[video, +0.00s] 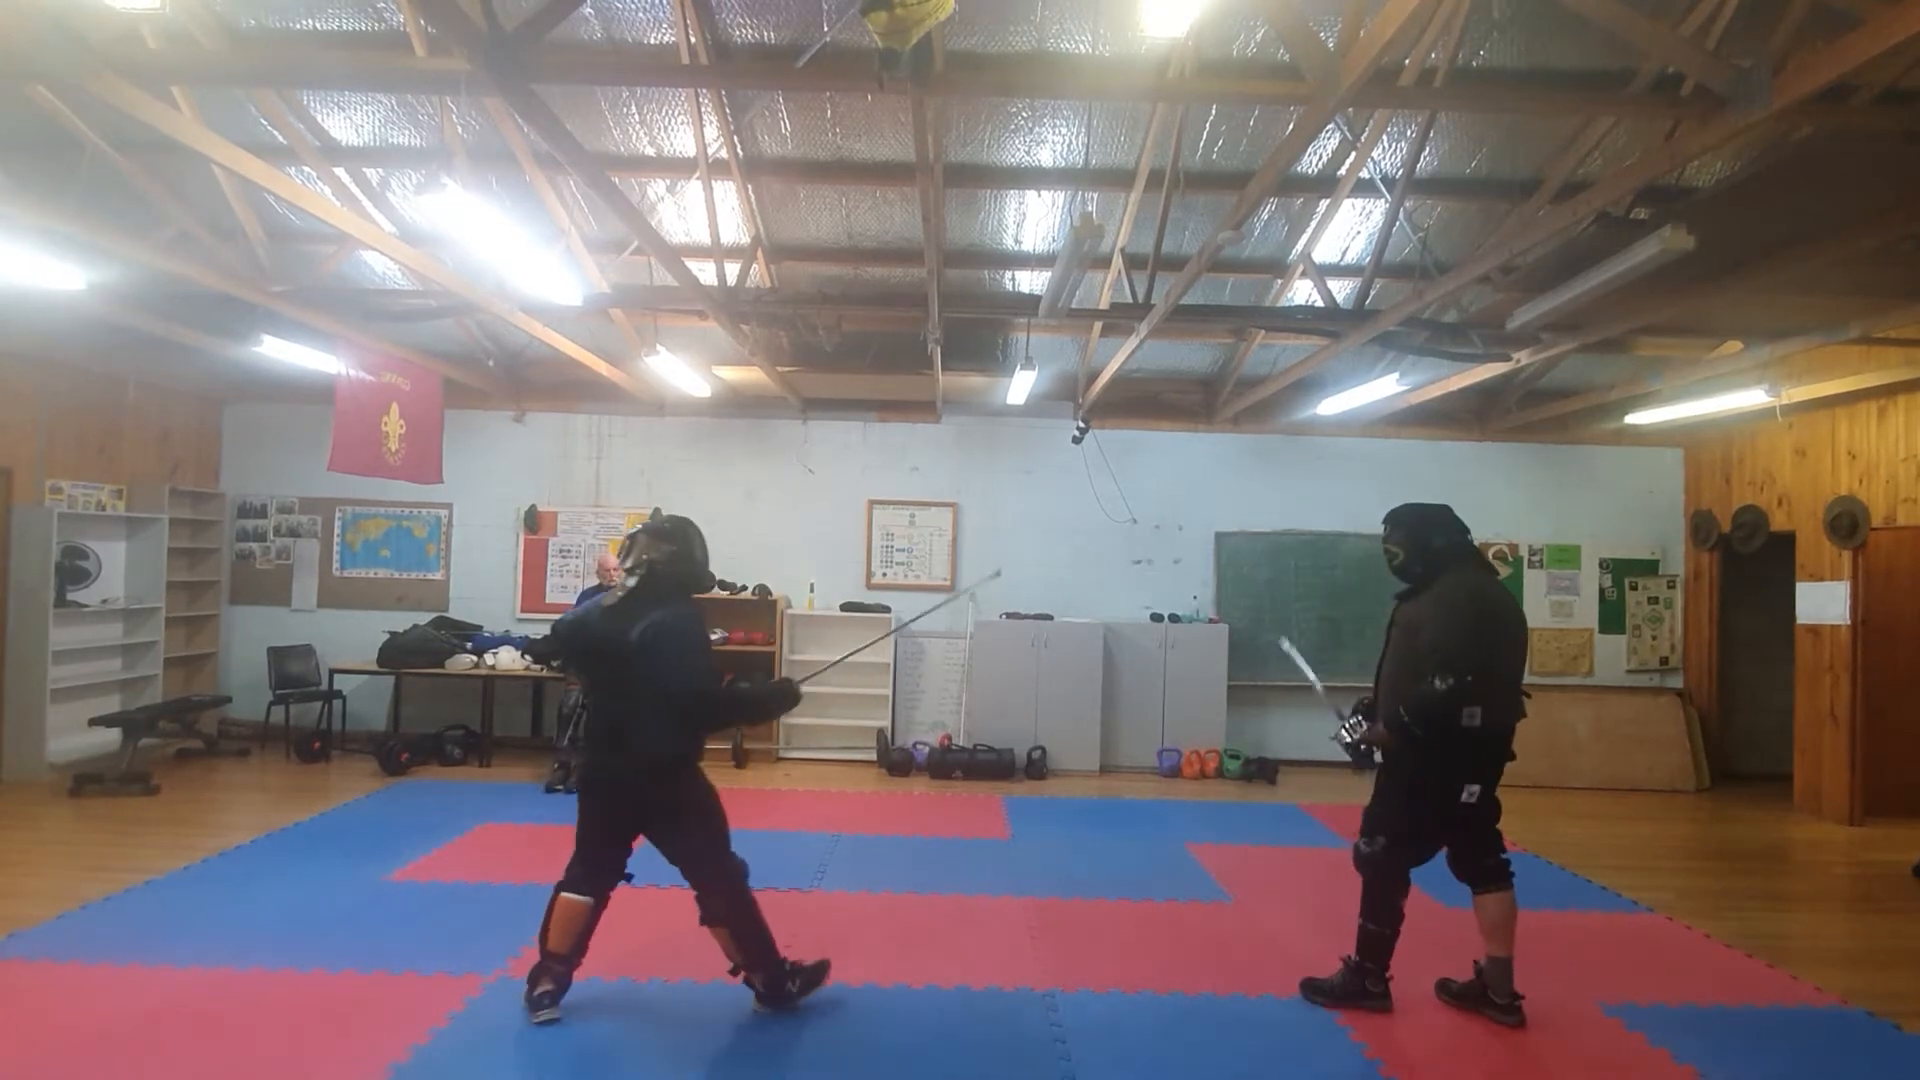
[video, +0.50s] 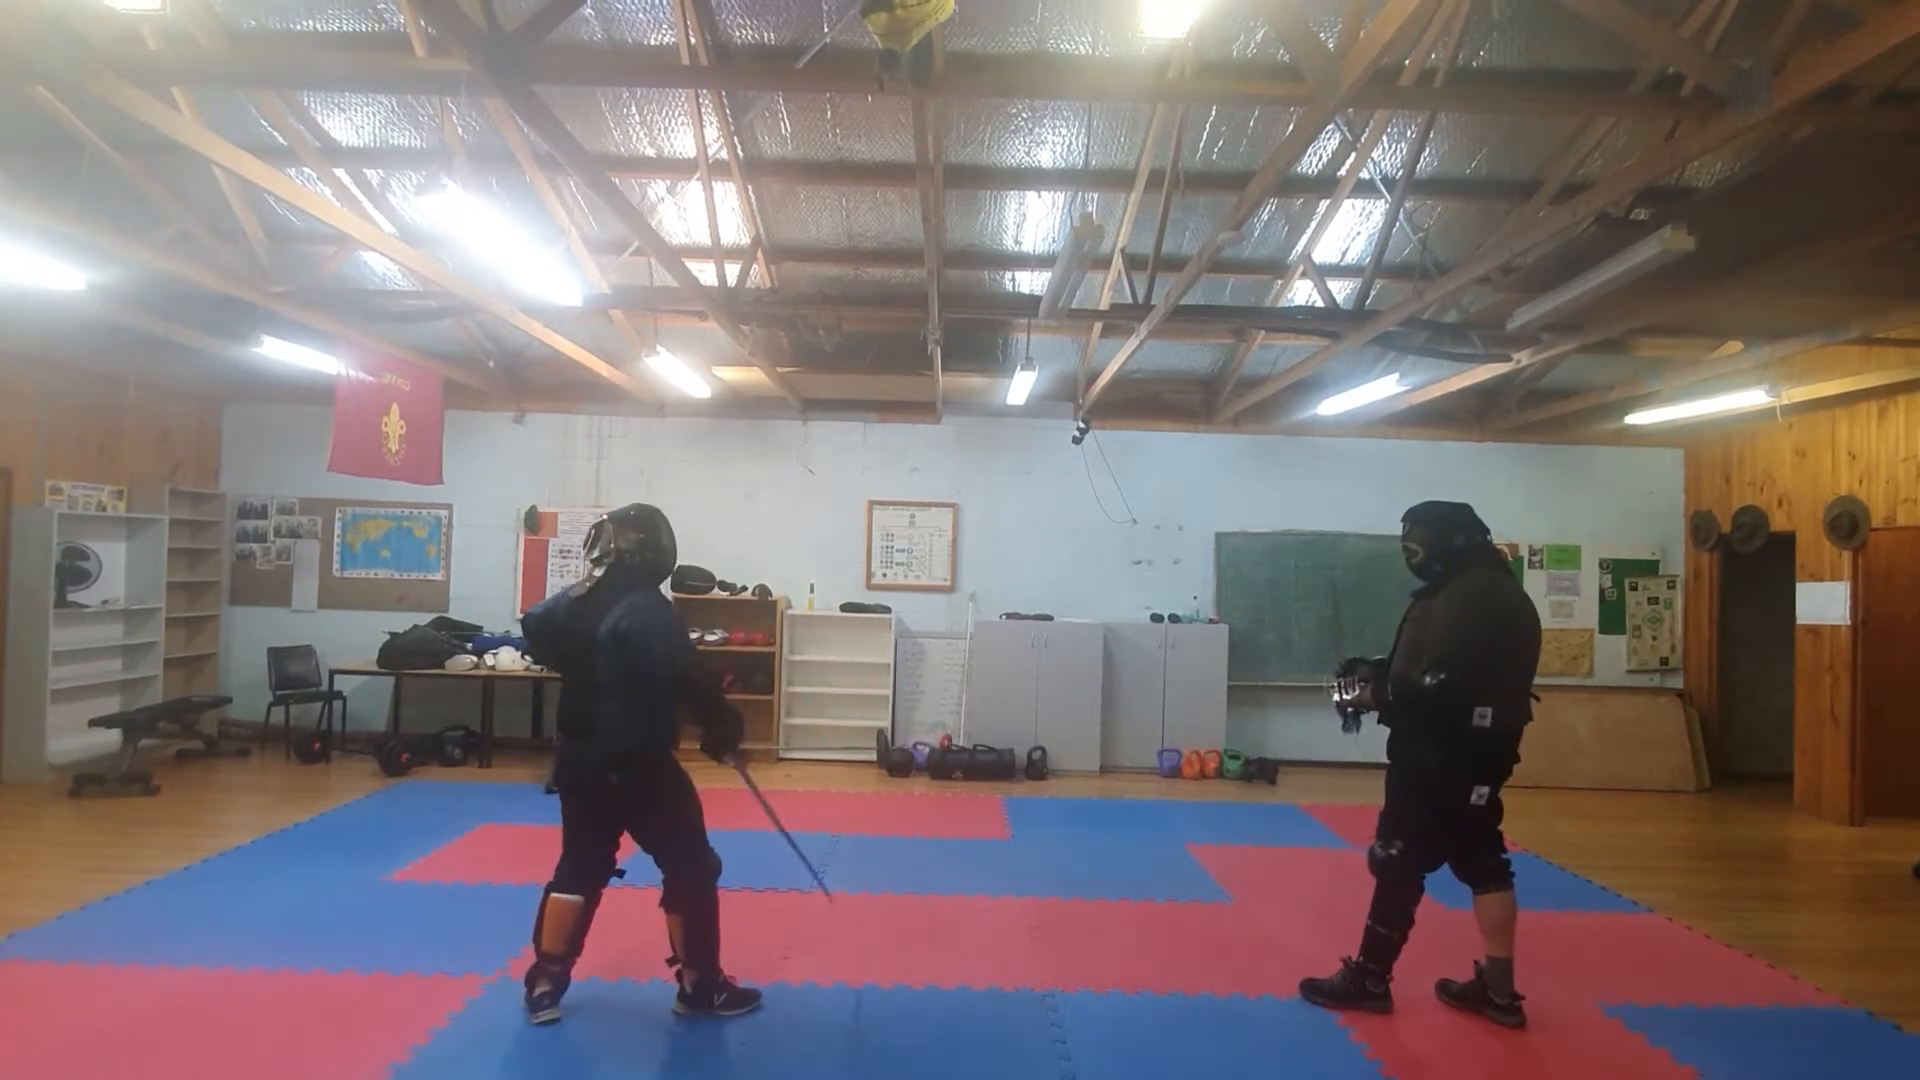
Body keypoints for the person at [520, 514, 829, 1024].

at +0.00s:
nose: (701, 572)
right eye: (698, 562)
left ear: (637, 560)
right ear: (687, 564)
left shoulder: (598, 615)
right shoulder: (677, 620)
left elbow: (549, 645)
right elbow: (696, 703)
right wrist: (774, 695)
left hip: (605, 780)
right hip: (668, 782)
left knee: (588, 874)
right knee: (718, 877)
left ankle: (546, 983)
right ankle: (770, 978)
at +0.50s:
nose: (668, 559)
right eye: (666, 550)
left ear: (607, 549)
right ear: (657, 552)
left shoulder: (579, 603)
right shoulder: (650, 611)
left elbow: (534, 624)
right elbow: (687, 677)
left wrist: (584, 668)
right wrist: (724, 725)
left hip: (580, 768)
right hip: (644, 769)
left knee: (580, 865)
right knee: (691, 865)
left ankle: (546, 981)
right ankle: (700, 983)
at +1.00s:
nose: (676, 563)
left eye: (674, 554)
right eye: (673, 554)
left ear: (613, 547)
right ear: (663, 554)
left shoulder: (580, 601)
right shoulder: (655, 615)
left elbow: (532, 601)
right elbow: (674, 700)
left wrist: (581, 581)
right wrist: (728, 672)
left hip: (581, 766)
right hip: (646, 768)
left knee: (578, 864)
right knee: (689, 865)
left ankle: (545, 983)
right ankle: (700, 983)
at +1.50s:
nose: (668, 563)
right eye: (665, 554)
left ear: (603, 549)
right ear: (657, 555)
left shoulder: (569, 608)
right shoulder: (655, 613)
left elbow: (518, 624)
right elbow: (715, 660)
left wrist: (567, 596)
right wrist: (794, 642)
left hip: (583, 771)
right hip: (649, 770)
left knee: (578, 865)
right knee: (705, 858)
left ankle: (545, 982)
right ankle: (704, 980)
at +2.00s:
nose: (734, 568)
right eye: (732, 559)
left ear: (668, 555)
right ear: (727, 560)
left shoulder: (630, 611)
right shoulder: (731, 618)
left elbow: (579, 630)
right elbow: (800, 654)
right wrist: (864, 637)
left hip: (646, 770)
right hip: (716, 771)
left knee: (613, 863)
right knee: (753, 864)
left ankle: (565, 977)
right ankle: (746, 983)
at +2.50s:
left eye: (650, 548)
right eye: (711, 555)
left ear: (650, 551)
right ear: (708, 556)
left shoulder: (615, 608)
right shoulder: (712, 613)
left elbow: (558, 636)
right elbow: (770, 660)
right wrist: (842, 647)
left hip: (632, 771)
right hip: (702, 771)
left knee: (622, 866)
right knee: (743, 864)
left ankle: (591, 986)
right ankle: (745, 984)